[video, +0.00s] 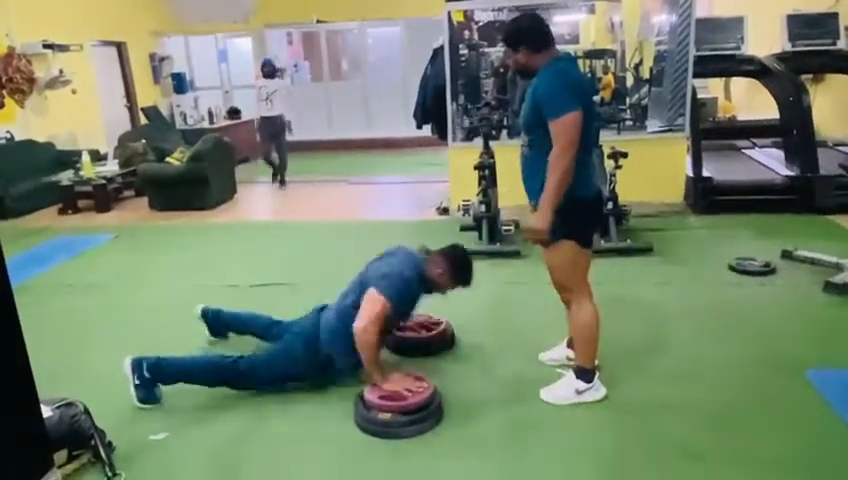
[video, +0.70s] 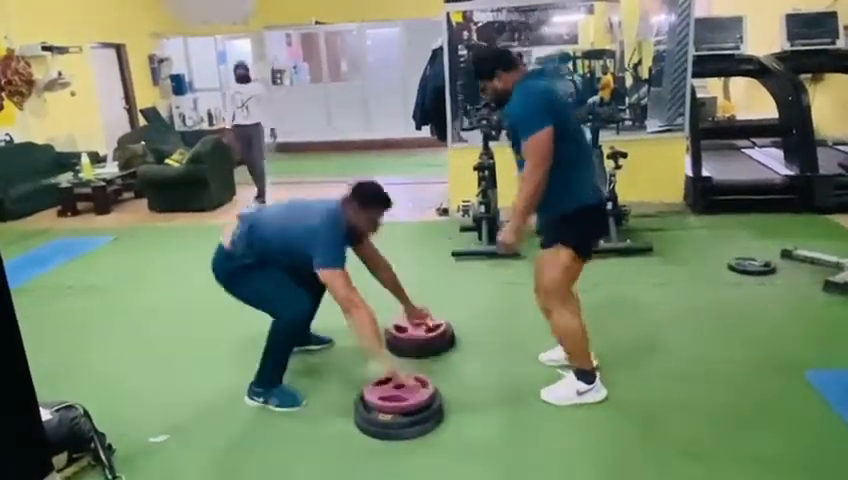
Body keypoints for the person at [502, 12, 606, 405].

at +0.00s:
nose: (510, 61)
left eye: (512, 53)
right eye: (509, 53)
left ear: (527, 49)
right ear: (542, 42)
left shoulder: (556, 81)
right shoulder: (558, 74)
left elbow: (565, 150)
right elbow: (567, 147)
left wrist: (545, 210)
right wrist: (548, 202)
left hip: (570, 201)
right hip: (566, 197)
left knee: (575, 290)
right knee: (568, 282)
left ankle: (586, 379)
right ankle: (577, 346)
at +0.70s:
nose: (487, 95)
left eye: (487, 86)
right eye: (484, 88)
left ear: (502, 75)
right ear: (506, 73)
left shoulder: (529, 98)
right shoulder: (535, 91)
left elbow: (538, 164)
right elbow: (539, 162)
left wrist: (516, 220)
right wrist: (521, 212)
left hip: (574, 207)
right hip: (571, 204)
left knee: (552, 291)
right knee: (553, 284)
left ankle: (586, 378)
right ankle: (575, 347)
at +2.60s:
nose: (443, 279)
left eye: (440, 272)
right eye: (439, 274)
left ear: (447, 261)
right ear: (451, 250)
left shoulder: (473, 264)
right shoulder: (472, 248)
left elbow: (455, 337)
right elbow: (465, 296)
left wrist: (417, 373)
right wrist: (440, 322)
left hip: (587, 270)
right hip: (586, 255)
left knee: (516, 324)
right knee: (526, 303)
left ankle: (586, 377)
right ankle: (580, 344)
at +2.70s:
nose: (460, 273)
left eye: (459, 267)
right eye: (457, 268)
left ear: (470, 257)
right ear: (475, 250)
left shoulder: (491, 269)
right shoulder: (495, 251)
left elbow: (460, 335)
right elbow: (469, 297)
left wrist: (420, 371)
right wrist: (434, 320)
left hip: (603, 306)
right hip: (600, 288)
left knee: (529, 331)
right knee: (531, 312)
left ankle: (594, 381)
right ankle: (588, 349)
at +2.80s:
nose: (475, 256)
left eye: (474, 250)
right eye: (472, 250)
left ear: (484, 243)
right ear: (492, 233)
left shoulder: (510, 259)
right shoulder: (512, 239)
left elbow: (471, 329)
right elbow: (480, 285)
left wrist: (423, 363)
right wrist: (439, 310)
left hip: (612, 304)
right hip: (607, 288)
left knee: (535, 324)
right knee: (536, 305)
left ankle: (595, 383)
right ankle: (588, 350)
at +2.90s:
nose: (481, 230)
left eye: (479, 222)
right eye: (477, 224)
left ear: (490, 212)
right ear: (495, 206)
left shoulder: (517, 225)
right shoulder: (515, 215)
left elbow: (508, 300)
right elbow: (503, 271)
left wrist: (466, 332)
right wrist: (471, 299)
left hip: (613, 274)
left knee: (538, 320)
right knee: (532, 286)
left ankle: (594, 382)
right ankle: (582, 348)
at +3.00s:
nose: (482, 184)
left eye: (481, 176)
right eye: (479, 177)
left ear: (494, 167)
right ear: (501, 161)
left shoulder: (523, 186)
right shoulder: (526, 173)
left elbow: (538, 256)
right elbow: (536, 240)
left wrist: (513, 308)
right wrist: (521, 281)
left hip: (610, 248)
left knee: (543, 313)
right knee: (540, 290)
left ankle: (593, 382)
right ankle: (581, 350)